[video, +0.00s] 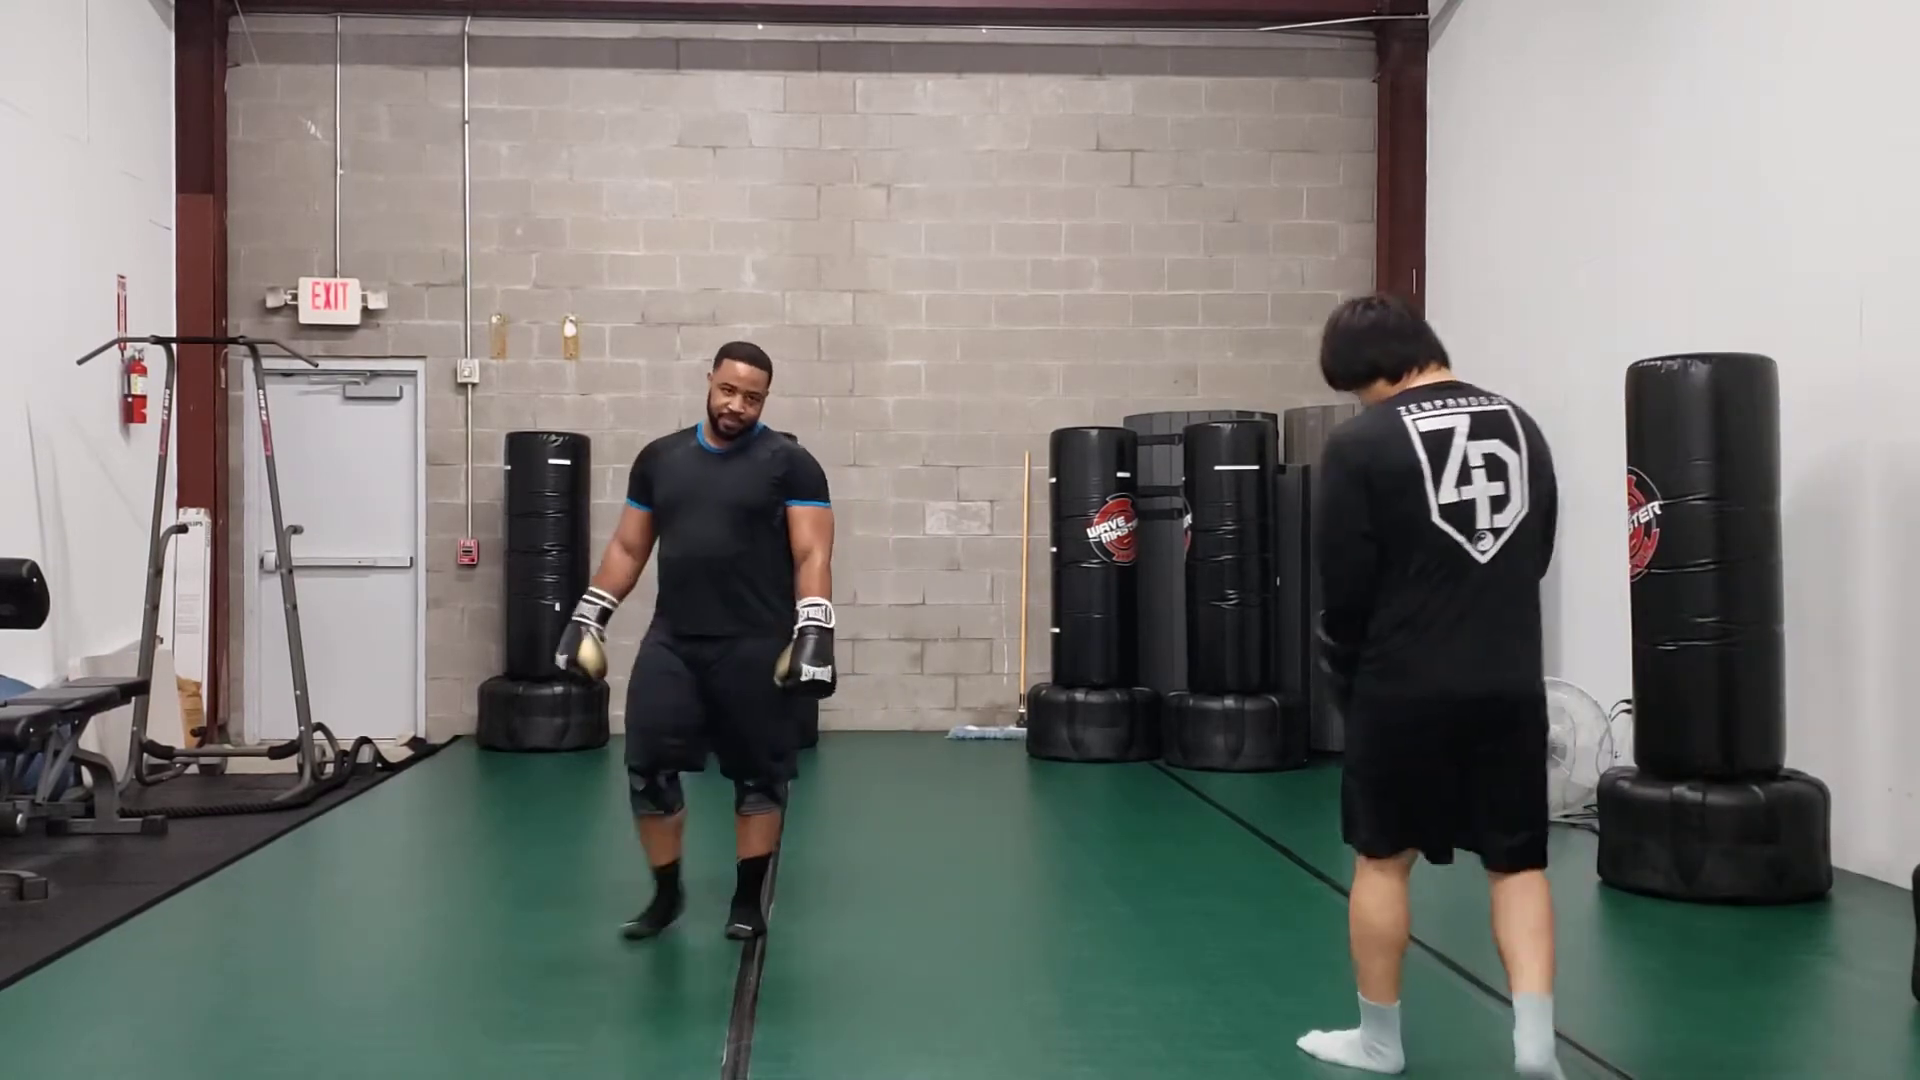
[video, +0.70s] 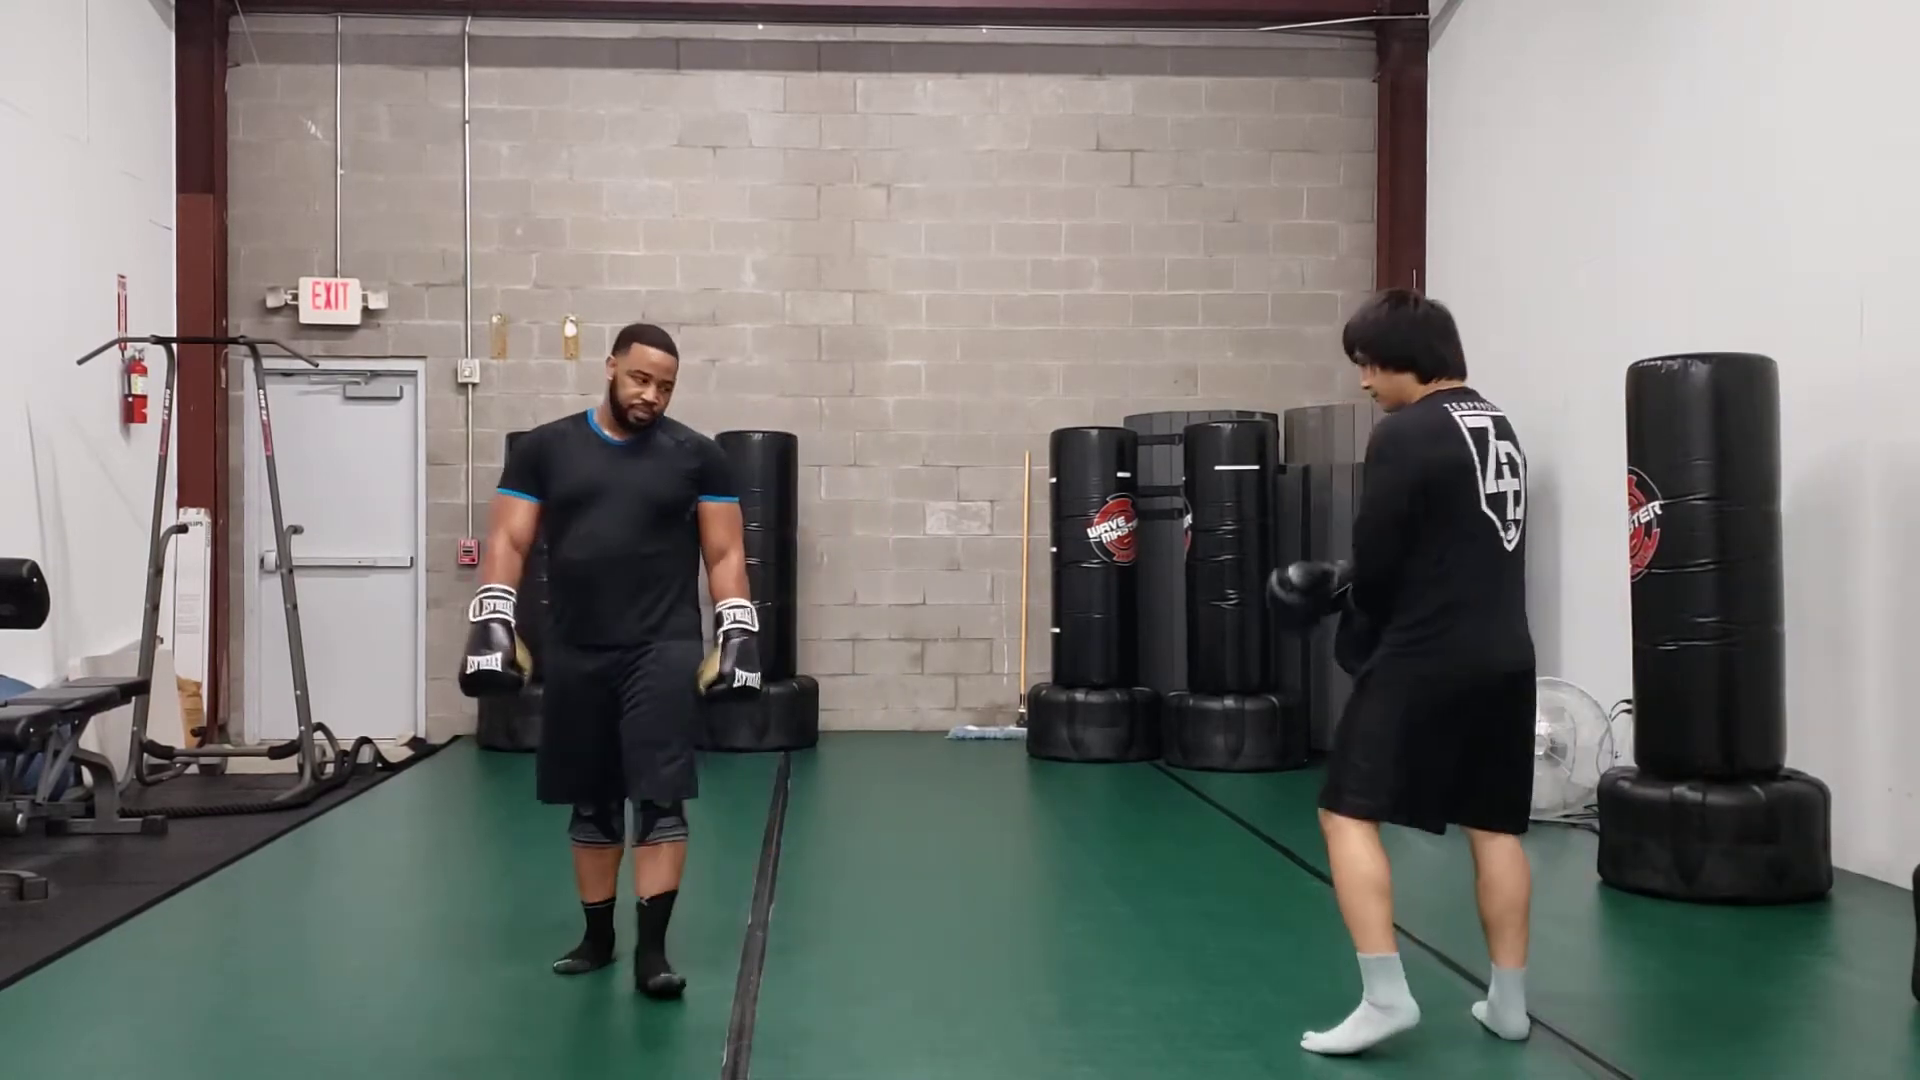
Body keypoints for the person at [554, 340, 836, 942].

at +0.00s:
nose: (736, 405)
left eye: (750, 396)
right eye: (728, 390)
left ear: (765, 399)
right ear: (708, 384)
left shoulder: (791, 466)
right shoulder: (660, 461)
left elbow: (813, 554)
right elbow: (626, 549)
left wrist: (814, 630)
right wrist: (587, 618)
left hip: (760, 649)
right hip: (673, 646)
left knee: (759, 780)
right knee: (648, 768)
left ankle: (748, 902)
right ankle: (666, 894)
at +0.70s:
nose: (651, 396)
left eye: (664, 385)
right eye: (640, 379)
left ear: (674, 385)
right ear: (610, 369)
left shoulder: (697, 459)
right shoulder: (543, 450)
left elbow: (725, 554)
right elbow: (509, 542)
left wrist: (739, 630)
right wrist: (492, 621)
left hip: (662, 648)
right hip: (573, 651)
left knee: (661, 792)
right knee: (590, 798)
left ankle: (653, 953)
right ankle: (597, 939)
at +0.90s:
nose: (666, 393)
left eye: (677, 383)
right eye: (656, 377)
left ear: (683, 388)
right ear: (619, 366)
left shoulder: (698, 464)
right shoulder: (543, 449)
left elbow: (720, 566)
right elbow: (511, 545)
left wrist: (739, 644)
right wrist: (484, 621)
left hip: (657, 659)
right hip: (564, 660)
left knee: (646, 810)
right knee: (578, 809)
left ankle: (636, 966)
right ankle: (598, 936)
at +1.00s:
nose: (676, 394)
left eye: (686, 384)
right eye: (666, 377)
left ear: (690, 387)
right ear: (627, 364)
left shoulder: (702, 465)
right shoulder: (544, 443)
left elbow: (721, 570)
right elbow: (515, 543)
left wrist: (743, 653)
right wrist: (489, 626)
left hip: (657, 664)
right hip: (559, 661)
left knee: (649, 817)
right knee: (556, 819)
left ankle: (635, 967)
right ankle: (592, 909)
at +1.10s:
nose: (680, 396)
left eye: (690, 385)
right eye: (671, 378)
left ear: (693, 387)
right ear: (630, 364)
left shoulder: (702, 465)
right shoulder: (543, 443)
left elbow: (723, 570)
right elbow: (513, 547)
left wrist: (747, 656)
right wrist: (497, 636)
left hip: (659, 667)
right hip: (558, 664)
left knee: (652, 815)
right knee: (532, 807)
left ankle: (635, 970)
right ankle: (569, 905)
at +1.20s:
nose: (677, 396)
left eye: (687, 384)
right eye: (668, 378)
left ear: (691, 386)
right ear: (627, 362)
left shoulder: (697, 462)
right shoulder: (541, 438)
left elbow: (729, 562)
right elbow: (509, 543)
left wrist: (762, 637)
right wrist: (494, 635)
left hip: (654, 666)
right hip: (554, 661)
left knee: (649, 820)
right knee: (525, 814)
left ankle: (634, 971)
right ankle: (523, 950)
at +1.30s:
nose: (673, 396)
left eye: (683, 386)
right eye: (664, 379)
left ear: (686, 387)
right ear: (623, 362)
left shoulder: (686, 460)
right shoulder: (535, 435)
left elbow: (741, 545)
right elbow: (499, 543)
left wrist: (794, 602)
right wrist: (488, 635)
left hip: (652, 667)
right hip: (553, 663)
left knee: (647, 821)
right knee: (529, 823)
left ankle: (634, 972)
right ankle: (492, 976)